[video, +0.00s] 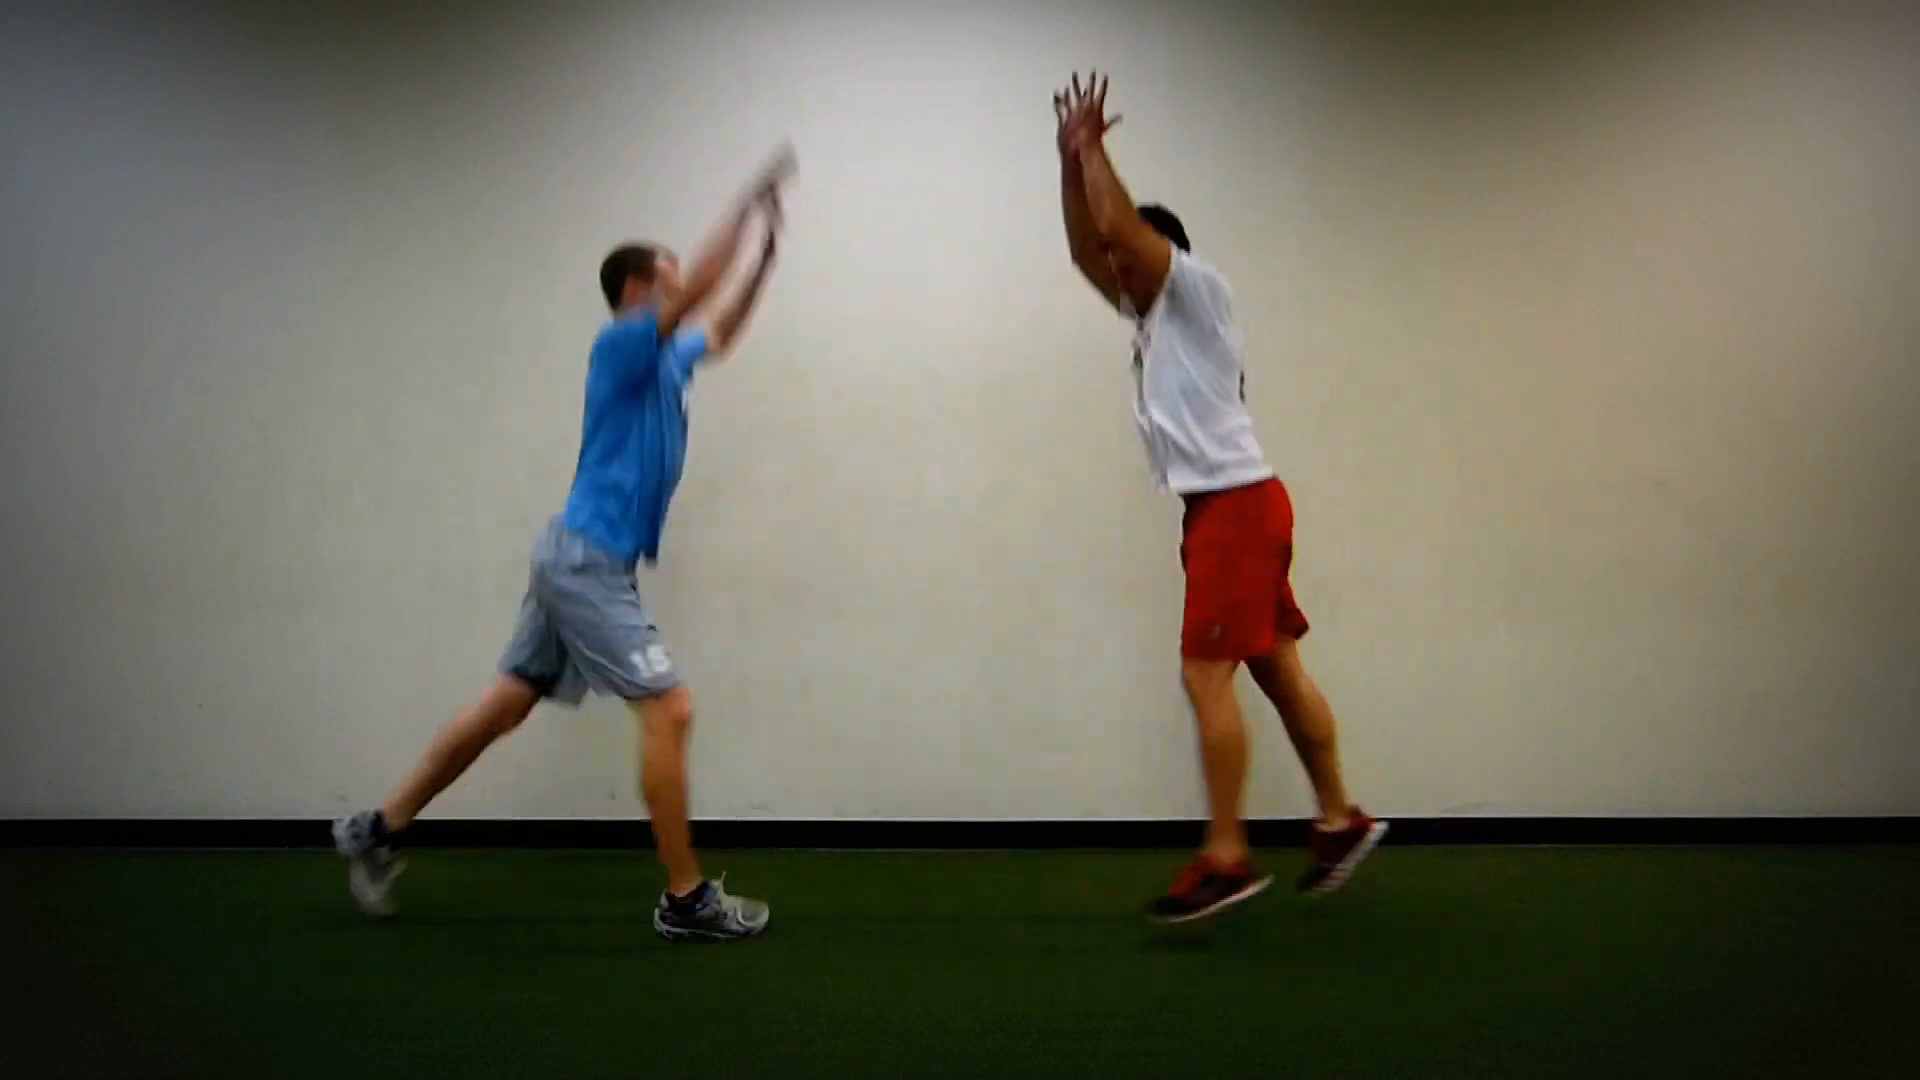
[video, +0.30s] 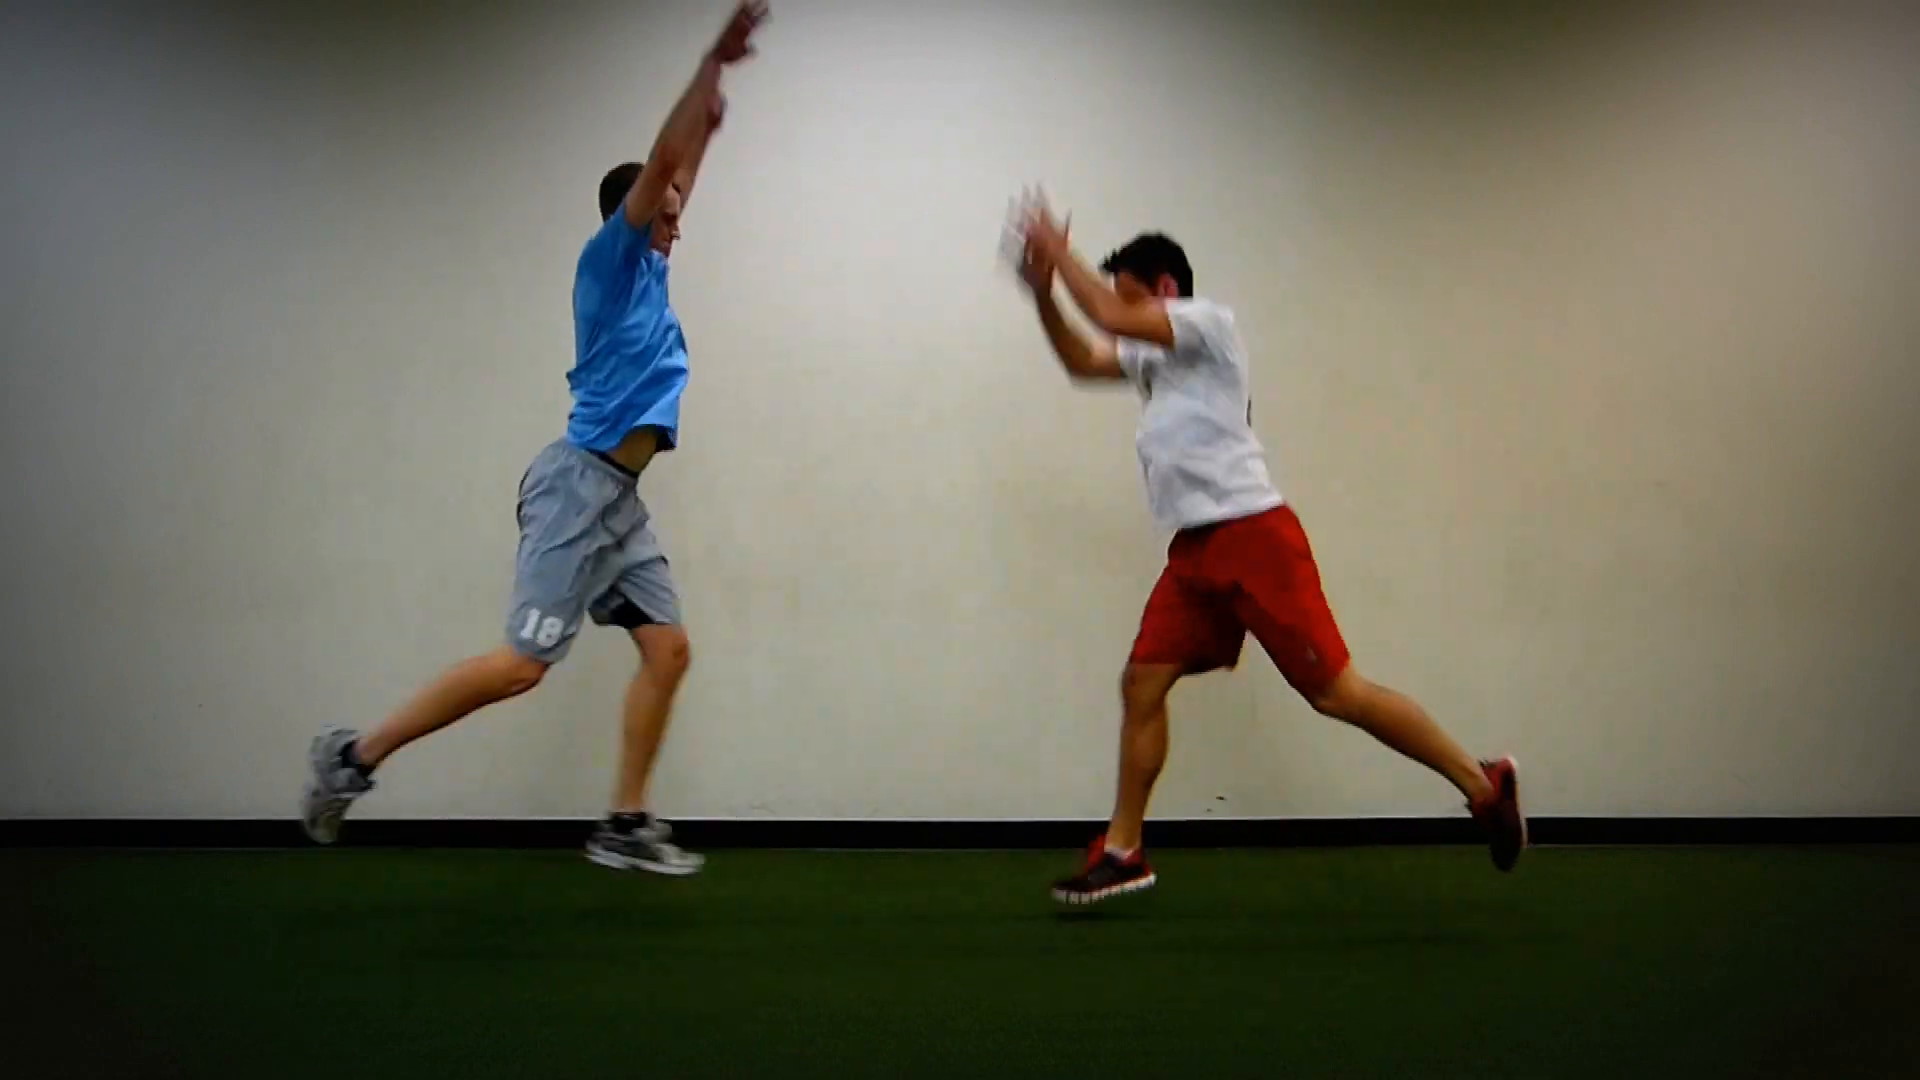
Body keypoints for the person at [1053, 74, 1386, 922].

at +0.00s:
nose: (1115, 265)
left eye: (1124, 245)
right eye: (1111, 254)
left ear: (1160, 242)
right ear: (1129, 258)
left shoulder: (1194, 294)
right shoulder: (1152, 314)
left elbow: (1120, 228)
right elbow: (1088, 258)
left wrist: (1094, 149)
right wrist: (1070, 166)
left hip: (1234, 509)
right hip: (1229, 510)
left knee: (1207, 677)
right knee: (1280, 669)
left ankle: (1226, 853)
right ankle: (1340, 817)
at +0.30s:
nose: (1120, 304)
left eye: (1129, 292)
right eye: (1118, 293)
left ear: (1164, 285)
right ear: (1144, 293)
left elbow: (1115, 312)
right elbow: (1083, 363)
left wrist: (1059, 256)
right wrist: (1042, 296)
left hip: (1257, 537)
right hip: (1195, 552)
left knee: (1336, 690)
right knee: (1143, 684)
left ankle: (1482, 787)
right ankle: (1122, 849)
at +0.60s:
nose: (1117, 503)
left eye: (1124, 490)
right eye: (1115, 491)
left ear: (1163, 487)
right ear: (1155, 487)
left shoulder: (1211, 554)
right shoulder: (1174, 554)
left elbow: (1289, 634)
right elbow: (1239, 634)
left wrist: (1356, 714)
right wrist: (1289, 691)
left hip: (1259, 733)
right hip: (1198, 716)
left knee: (1357, 877)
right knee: (1079, 731)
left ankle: (1529, 871)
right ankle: (1124, 887)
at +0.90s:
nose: (1135, 497)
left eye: (1142, 485)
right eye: (1133, 485)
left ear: (1182, 481)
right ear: (1170, 484)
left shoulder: (1225, 547)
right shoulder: (1195, 544)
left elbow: (1296, 622)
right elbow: (1264, 615)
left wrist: (1347, 720)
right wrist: (1326, 662)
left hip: (1268, 729)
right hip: (1213, 710)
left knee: (1352, 889)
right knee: (1090, 726)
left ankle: (1524, 871)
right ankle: (1125, 884)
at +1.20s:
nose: (1141, 511)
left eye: (1148, 498)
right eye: (1138, 500)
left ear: (1189, 492)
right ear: (1174, 495)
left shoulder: (1233, 556)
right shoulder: (1197, 555)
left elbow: (1310, 627)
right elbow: (1289, 615)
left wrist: (1376, 715)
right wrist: (1340, 669)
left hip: (1269, 747)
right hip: (1210, 724)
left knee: (1348, 904)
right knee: (1089, 727)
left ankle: (1519, 871)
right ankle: (1125, 885)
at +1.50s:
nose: (1143, 513)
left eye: (1151, 500)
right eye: (1141, 501)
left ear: (1192, 499)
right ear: (1182, 501)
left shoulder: (1233, 563)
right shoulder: (1199, 559)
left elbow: (1314, 630)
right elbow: (1290, 612)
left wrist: (1410, 695)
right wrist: (1351, 644)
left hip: (1270, 752)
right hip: (1211, 723)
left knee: (1349, 908)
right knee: (1091, 727)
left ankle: (1519, 872)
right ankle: (1125, 886)